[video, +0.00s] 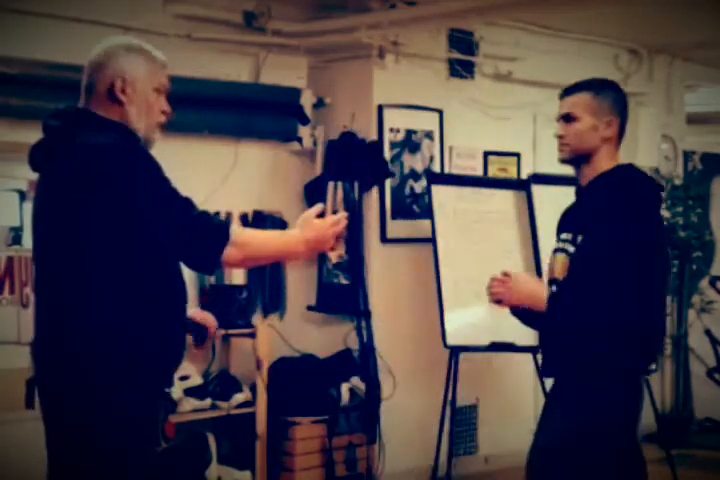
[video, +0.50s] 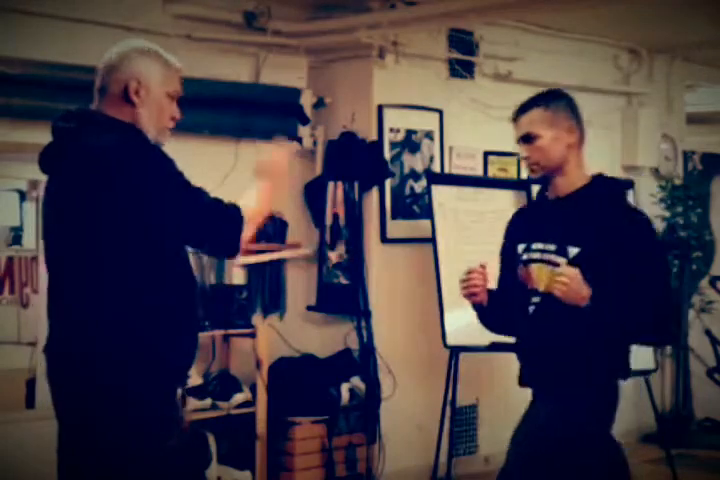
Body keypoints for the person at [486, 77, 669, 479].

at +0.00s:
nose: (558, 130)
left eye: (569, 119)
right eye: (559, 121)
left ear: (607, 128)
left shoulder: (629, 196)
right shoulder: (576, 211)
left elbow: (622, 320)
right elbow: (571, 321)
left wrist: (543, 298)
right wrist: (520, 301)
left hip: (607, 381)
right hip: (576, 378)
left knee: (551, 468)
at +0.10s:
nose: (566, 132)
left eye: (577, 121)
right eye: (566, 122)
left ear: (616, 129)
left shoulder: (645, 192)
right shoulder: (574, 213)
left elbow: (643, 286)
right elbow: (563, 315)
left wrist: (569, 264)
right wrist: (520, 291)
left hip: (614, 374)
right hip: (576, 373)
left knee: (555, 468)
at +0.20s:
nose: (567, 135)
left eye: (578, 123)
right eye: (566, 125)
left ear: (616, 129)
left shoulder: (647, 195)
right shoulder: (567, 213)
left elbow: (659, 296)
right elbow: (553, 311)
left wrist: (591, 270)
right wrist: (518, 284)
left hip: (617, 370)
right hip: (573, 370)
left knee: (553, 466)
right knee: (607, 468)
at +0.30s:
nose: (562, 142)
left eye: (572, 130)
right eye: (561, 131)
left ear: (611, 133)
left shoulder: (651, 212)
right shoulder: (556, 216)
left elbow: (683, 324)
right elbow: (544, 314)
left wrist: (608, 290)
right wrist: (513, 289)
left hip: (614, 384)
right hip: (565, 382)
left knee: (545, 467)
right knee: (612, 471)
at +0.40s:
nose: (550, 149)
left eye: (559, 135)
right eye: (547, 138)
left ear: (598, 136)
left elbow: (681, 327)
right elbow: (531, 316)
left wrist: (610, 295)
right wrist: (502, 295)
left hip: (605, 387)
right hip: (556, 385)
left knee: (533, 470)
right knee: (606, 471)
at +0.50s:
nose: (522, 153)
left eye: (530, 140)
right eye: (520, 144)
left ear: (571, 137)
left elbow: (660, 324)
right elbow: (514, 319)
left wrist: (590, 298)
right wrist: (485, 300)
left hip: (589, 387)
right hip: (544, 386)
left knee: (520, 469)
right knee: (595, 467)